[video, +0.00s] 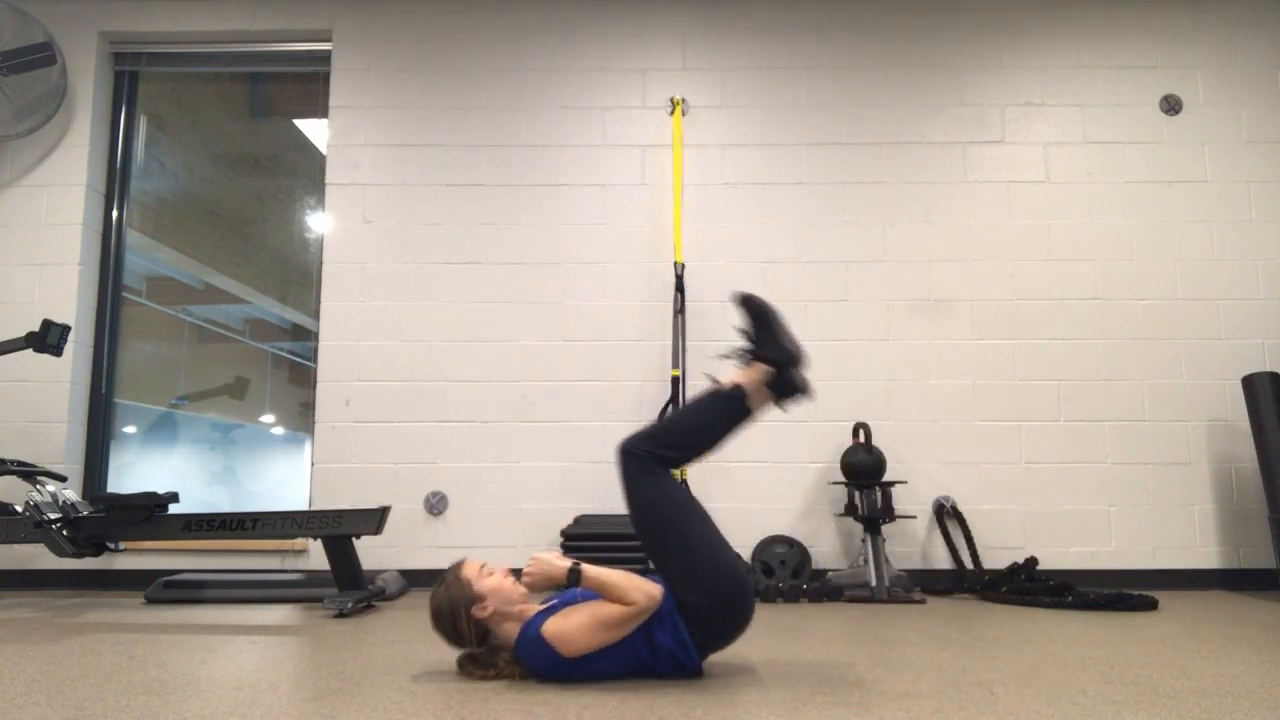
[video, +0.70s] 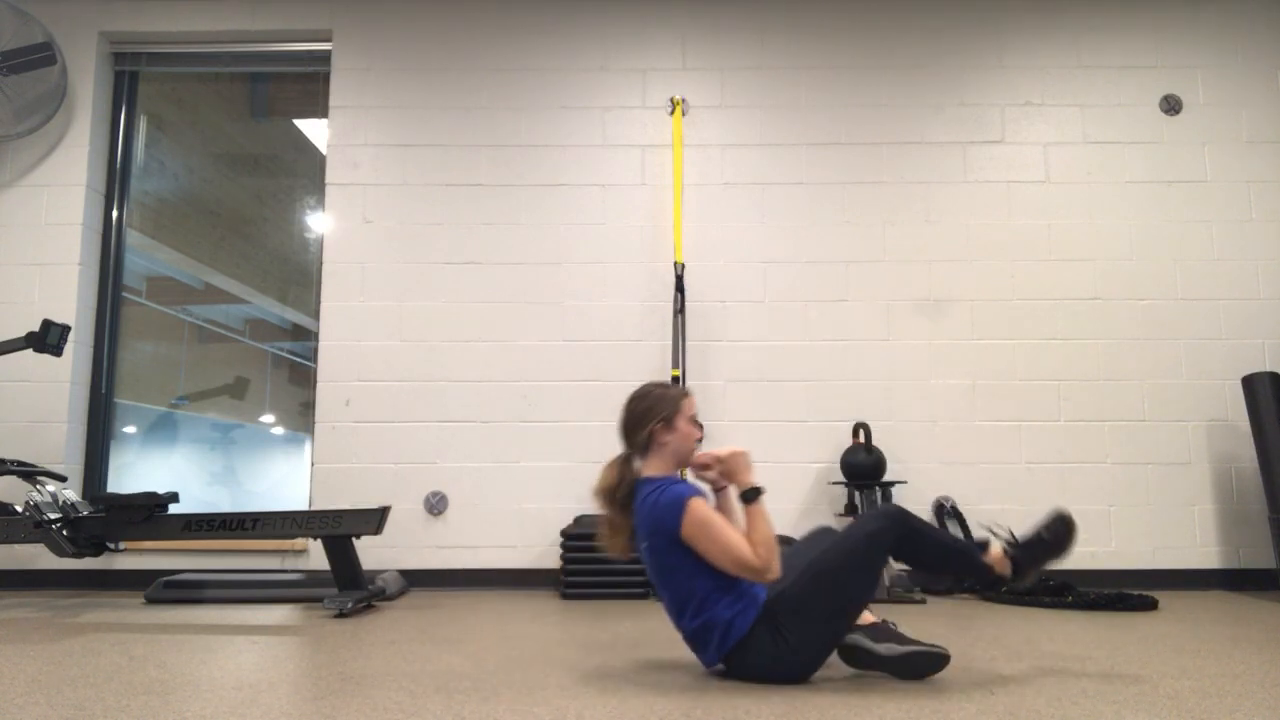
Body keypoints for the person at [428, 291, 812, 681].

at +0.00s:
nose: (502, 569)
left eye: (490, 566)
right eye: (487, 574)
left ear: (492, 607)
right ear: (482, 609)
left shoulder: (542, 621)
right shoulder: (542, 640)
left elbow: (641, 598)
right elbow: (646, 597)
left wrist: (570, 574)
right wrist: (571, 573)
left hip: (702, 604)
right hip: (708, 612)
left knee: (641, 454)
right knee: (639, 455)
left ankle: (766, 381)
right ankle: (766, 374)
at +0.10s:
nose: (521, 551)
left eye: (510, 546)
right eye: (506, 554)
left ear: (506, 585)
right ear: (497, 590)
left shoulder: (551, 607)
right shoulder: (557, 629)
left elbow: (652, 601)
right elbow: (662, 600)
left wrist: (582, 566)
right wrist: (589, 566)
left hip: (707, 617)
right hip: (715, 626)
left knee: (675, 458)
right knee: (675, 459)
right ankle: (807, 397)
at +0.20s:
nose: (551, 528)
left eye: (540, 522)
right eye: (536, 528)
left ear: (526, 560)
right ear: (519, 563)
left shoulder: (568, 588)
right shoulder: (571, 608)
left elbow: (666, 601)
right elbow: (677, 604)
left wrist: (609, 557)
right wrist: (615, 555)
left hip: (716, 631)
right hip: (728, 641)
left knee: (721, 470)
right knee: (721, 468)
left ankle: (850, 477)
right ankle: (852, 430)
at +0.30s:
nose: (585, 501)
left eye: (578, 493)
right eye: (571, 498)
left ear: (549, 527)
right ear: (547, 527)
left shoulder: (583, 564)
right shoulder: (586, 581)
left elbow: (677, 594)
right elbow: (696, 598)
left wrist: (632, 536)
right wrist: (642, 536)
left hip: (729, 635)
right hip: (739, 648)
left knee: (765, 486)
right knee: (765, 475)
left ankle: (890, 543)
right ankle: (912, 466)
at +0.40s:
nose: (619, 479)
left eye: (613, 471)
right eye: (608, 472)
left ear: (578, 495)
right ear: (580, 493)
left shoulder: (598, 545)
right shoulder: (605, 553)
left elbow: (707, 573)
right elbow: (714, 584)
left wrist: (662, 518)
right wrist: (666, 517)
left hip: (731, 637)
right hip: (743, 648)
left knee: (789, 493)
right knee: (800, 484)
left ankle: (884, 586)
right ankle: (950, 499)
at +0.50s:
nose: (654, 457)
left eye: (647, 448)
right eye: (641, 451)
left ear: (613, 469)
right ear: (610, 470)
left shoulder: (620, 525)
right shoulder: (630, 531)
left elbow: (721, 573)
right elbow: (735, 574)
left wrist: (687, 507)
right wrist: (695, 503)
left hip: (740, 638)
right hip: (753, 649)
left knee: (805, 505)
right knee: (839, 495)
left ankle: (869, 613)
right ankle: (975, 517)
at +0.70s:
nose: (699, 432)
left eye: (695, 423)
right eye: (690, 423)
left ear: (659, 434)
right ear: (662, 433)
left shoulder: (659, 492)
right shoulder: (671, 500)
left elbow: (739, 559)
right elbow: (764, 567)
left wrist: (722, 493)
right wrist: (748, 487)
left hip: (748, 636)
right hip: (762, 648)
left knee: (811, 541)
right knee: (886, 521)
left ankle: (868, 625)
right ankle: (998, 564)